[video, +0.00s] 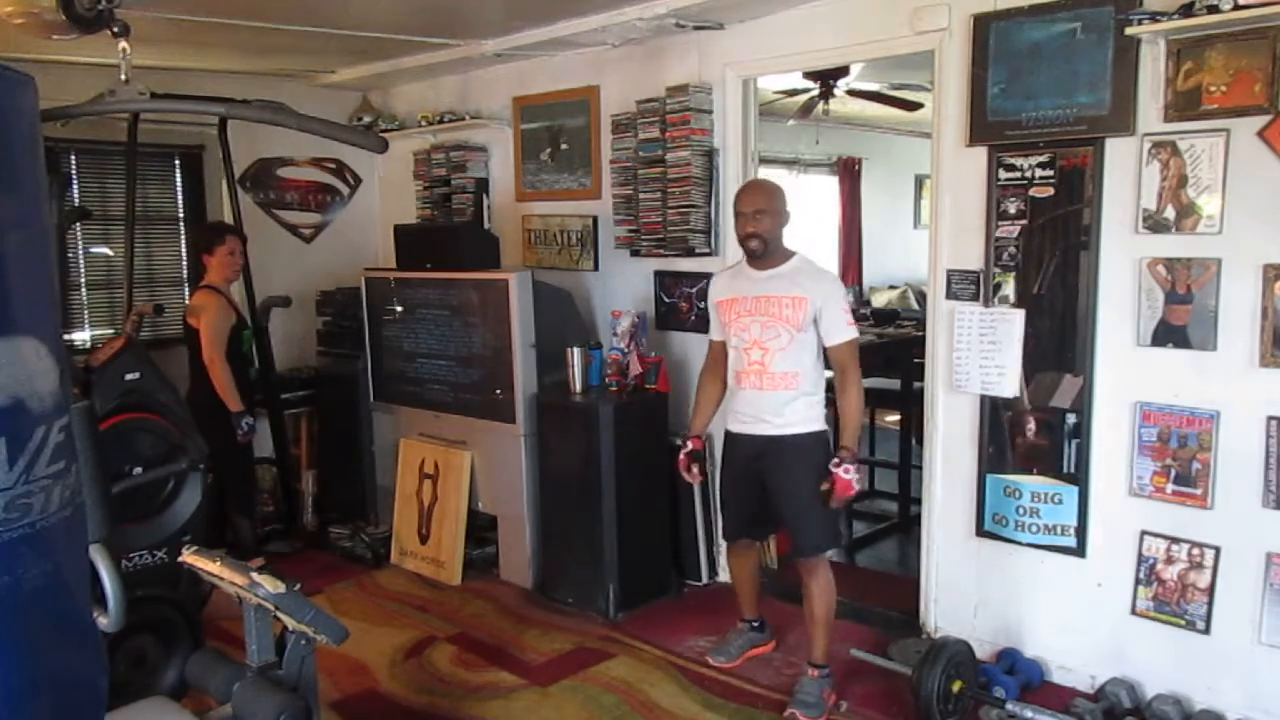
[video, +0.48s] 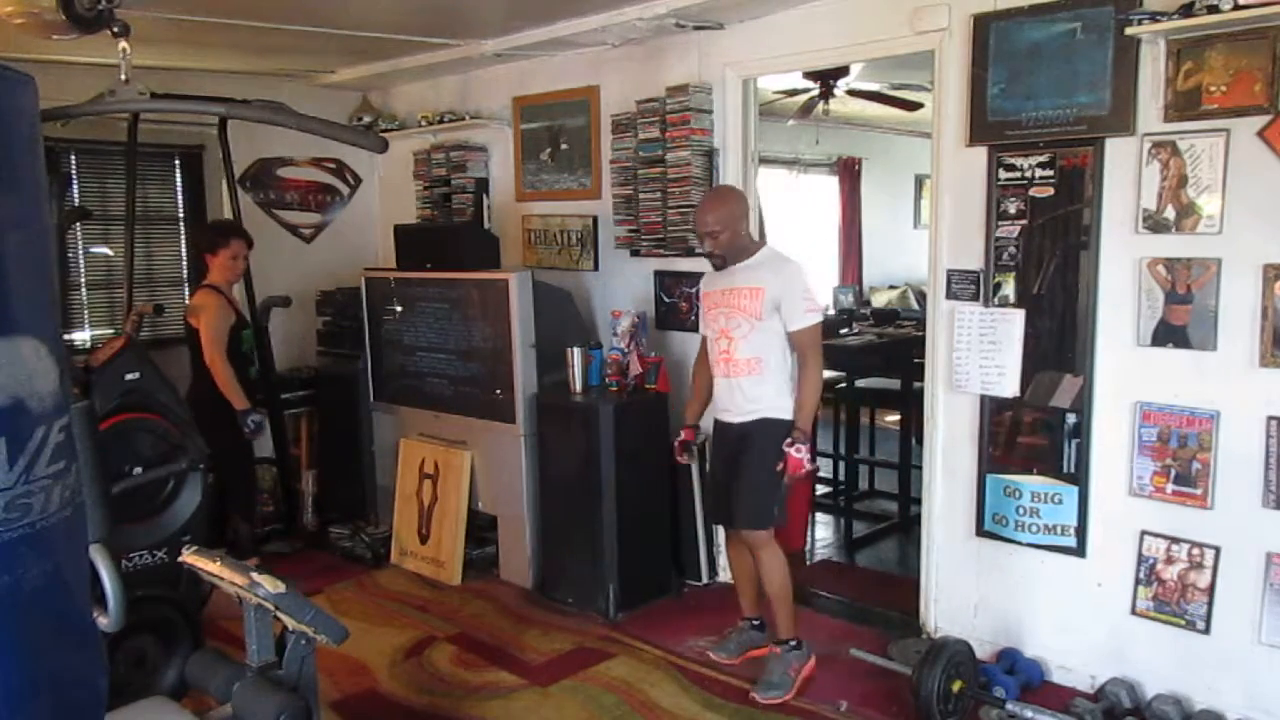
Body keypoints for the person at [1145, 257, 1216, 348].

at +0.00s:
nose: (1179, 273)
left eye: (1183, 270)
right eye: (1177, 270)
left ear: (1188, 273)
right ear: (1173, 272)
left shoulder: (1191, 287)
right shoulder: (1168, 286)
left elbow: (1213, 268)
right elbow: (1151, 265)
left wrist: (1195, 262)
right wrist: (1166, 262)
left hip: (1181, 329)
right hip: (1165, 328)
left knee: (1190, 357)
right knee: (1154, 356)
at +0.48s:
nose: (1179, 273)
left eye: (1183, 270)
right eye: (1176, 270)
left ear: (1188, 273)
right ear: (1172, 272)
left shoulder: (1191, 288)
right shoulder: (1168, 286)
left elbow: (1213, 268)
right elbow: (1151, 265)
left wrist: (1194, 262)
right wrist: (1166, 262)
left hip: (1181, 329)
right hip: (1165, 328)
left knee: (1190, 357)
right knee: (1154, 356)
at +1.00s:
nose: (1179, 273)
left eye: (1183, 269)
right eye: (1176, 270)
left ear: (1188, 273)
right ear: (1172, 272)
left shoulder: (1191, 287)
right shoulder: (1168, 286)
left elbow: (1213, 268)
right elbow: (1151, 265)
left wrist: (1195, 262)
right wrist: (1166, 262)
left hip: (1181, 329)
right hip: (1164, 328)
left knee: (1191, 357)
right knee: (1154, 356)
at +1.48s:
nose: (1179, 273)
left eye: (1183, 269)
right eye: (1176, 269)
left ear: (1188, 273)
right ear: (1172, 272)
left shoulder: (1191, 287)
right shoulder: (1168, 286)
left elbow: (1213, 267)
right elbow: (1150, 265)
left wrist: (1194, 263)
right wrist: (1167, 263)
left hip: (1181, 329)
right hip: (1165, 328)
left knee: (1190, 357)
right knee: (1154, 356)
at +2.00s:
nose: (1180, 272)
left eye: (1183, 269)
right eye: (1176, 269)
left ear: (1188, 271)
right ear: (1171, 272)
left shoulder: (1191, 287)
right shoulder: (1168, 286)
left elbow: (1213, 268)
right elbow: (1151, 266)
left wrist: (1196, 262)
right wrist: (1166, 260)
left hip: (1181, 329)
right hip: (1164, 327)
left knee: (1189, 358)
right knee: (1154, 357)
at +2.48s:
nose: (1181, 273)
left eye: (1183, 269)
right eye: (1177, 270)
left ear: (1188, 271)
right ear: (1172, 272)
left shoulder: (1191, 287)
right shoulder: (1168, 286)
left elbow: (1213, 268)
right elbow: (1151, 266)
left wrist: (1196, 262)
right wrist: (1165, 261)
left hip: (1181, 329)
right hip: (1164, 327)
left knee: (1190, 357)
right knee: (1154, 356)